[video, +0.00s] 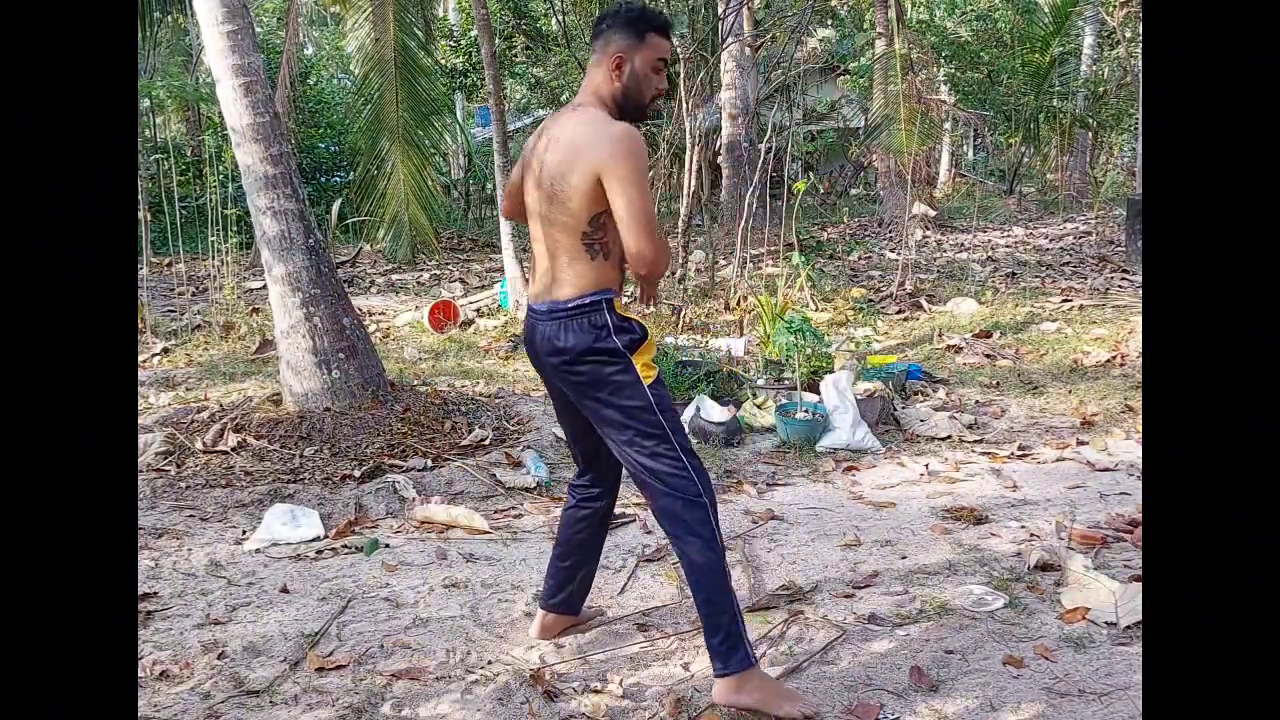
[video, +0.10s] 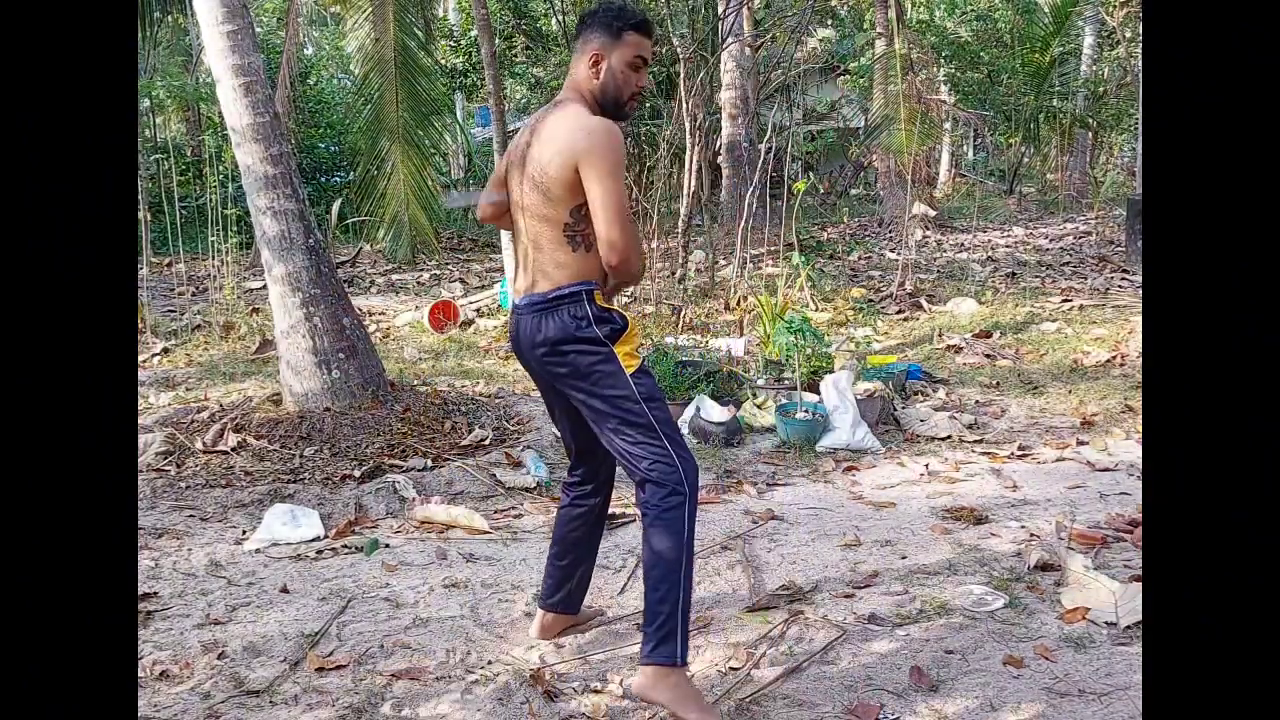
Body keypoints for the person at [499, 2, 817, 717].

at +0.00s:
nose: (664, 86)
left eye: (667, 70)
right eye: (659, 69)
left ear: (607, 66)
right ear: (615, 62)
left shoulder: (549, 128)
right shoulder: (615, 139)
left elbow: (511, 206)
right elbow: (645, 264)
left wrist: (579, 213)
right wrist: (651, 255)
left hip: (546, 331)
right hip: (595, 333)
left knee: (596, 474)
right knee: (685, 490)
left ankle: (558, 608)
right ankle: (737, 672)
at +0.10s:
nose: (643, 84)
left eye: (647, 70)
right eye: (637, 67)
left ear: (587, 65)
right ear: (593, 60)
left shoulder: (532, 129)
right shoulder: (593, 130)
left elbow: (490, 207)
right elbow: (621, 258)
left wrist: (562, 224)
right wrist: (618, 275)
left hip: (533, 326)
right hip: (576, 324)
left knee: (590, 470)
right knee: (669, 477)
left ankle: (558, 608)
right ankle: (663, 667)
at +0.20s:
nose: (629, 82)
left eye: (634, 70)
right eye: (619, 66)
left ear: (576, 73)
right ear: (574, 65)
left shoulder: (530, 137)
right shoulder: (582, 134)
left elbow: (496, 251)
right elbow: (600, 260)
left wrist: (580, 231)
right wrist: (615, 237)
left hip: (525, 326)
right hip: (564, 324)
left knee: (593, 474)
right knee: (647, 482)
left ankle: (559, 607)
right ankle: (613, 673)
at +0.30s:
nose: (625, 87)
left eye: (631, 75)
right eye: (614, 71)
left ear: (582, 78)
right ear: (571, 69)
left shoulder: (534, 138)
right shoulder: (578, 143)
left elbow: (504, 253)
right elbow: (599, 267)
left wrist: (599, 238)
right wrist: (635, 243)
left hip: (524, 330)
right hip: (557, 331)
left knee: (595, 474)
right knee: (626, 492)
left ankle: (562, 606)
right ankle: (601, 695)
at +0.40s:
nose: (626, 95)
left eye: (630, 83)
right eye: (614, 80)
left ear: (615, 86)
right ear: (572, 80)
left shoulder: (565, 145)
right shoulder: (563, 156)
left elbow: (593, 220)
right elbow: (581, 269)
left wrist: (664, 228)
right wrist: (677, 259)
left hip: (547, 340)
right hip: (546, 347)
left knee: (600, 483)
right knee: (616, 517)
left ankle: (563, 604)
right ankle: (606, 709)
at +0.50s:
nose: (633, 94)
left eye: (637, 82)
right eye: (620, 79)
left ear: (623, 86)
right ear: (575, 81)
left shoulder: (573, 151)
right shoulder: (555, 154)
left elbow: (594, 204)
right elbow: (519, 249)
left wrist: (674, 193)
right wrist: (611, 299)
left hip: (548, 343)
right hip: (547, 349)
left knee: (597, 488)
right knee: (627, 519)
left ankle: (562, 608)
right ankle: (608, 710)